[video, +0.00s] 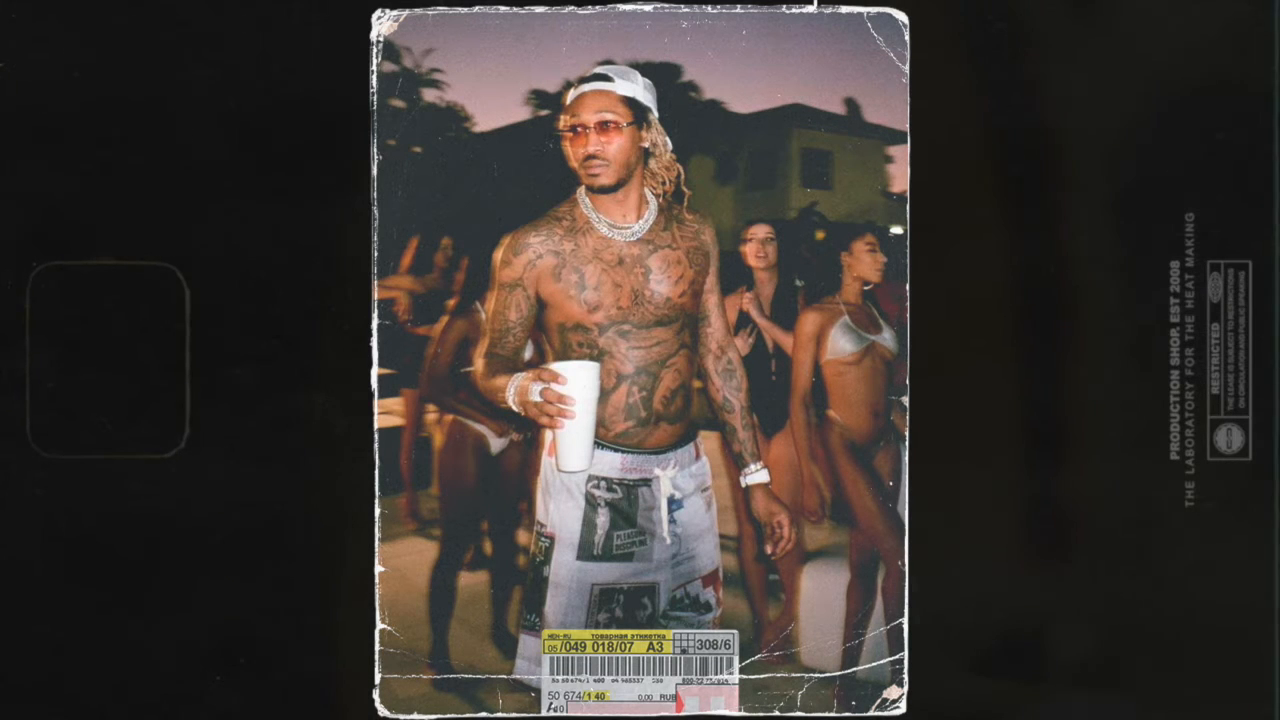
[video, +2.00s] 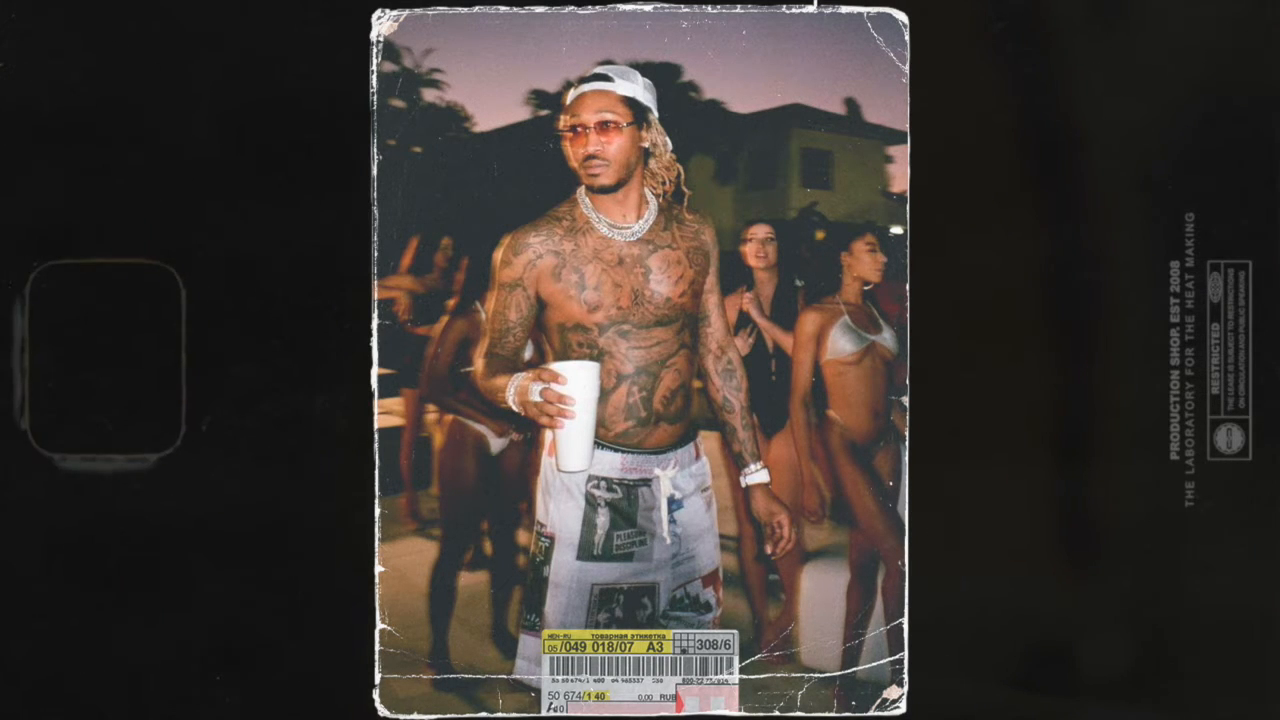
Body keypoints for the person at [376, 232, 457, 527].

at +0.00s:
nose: (446, 254)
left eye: (451, 249)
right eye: (442, 247)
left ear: (456, 253)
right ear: (431, 250)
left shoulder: (457, 279)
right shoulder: (415, 282)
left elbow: (461, 311)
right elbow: (394, 284)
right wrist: (404, 294)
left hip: (445, 351)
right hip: (416, 348)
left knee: (449, 427)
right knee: (412, 428)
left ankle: (452, 499)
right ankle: (410, 501)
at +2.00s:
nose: (445, 254)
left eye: (450, 249)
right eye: (441, 248)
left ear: (455, 254)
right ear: (431, 250)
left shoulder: (457, 276)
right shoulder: (415, 281)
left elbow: (461, 302)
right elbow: (395, 284)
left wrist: (438, 326)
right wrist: (404, 297)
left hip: (446, 349)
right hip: (417, 346)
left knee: (450, 427)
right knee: (412, 428)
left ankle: (452, 499)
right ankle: (410, 502)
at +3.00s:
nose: (446, 255)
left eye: (451, 250)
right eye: (442, 248)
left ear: (455, 255)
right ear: (430, 251)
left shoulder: (455, 280)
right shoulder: (414, 282)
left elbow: (462, 303)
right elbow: (396, 284)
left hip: (445, 349)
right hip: (417, 347)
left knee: (450, 425)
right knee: (413, 427)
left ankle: (452, 498)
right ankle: (410, 501)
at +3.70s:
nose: (445, 254)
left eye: (450, 250)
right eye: (441, 248)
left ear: (455, 255)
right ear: (430, 252)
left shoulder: (455, 283)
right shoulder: (415, 283)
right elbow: (389, 286)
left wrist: (431, 329)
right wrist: (403, 297)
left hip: (445, 353)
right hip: (416, 350)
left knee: (450, 426)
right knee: (413, 427)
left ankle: (451, 497)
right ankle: (409, 499)